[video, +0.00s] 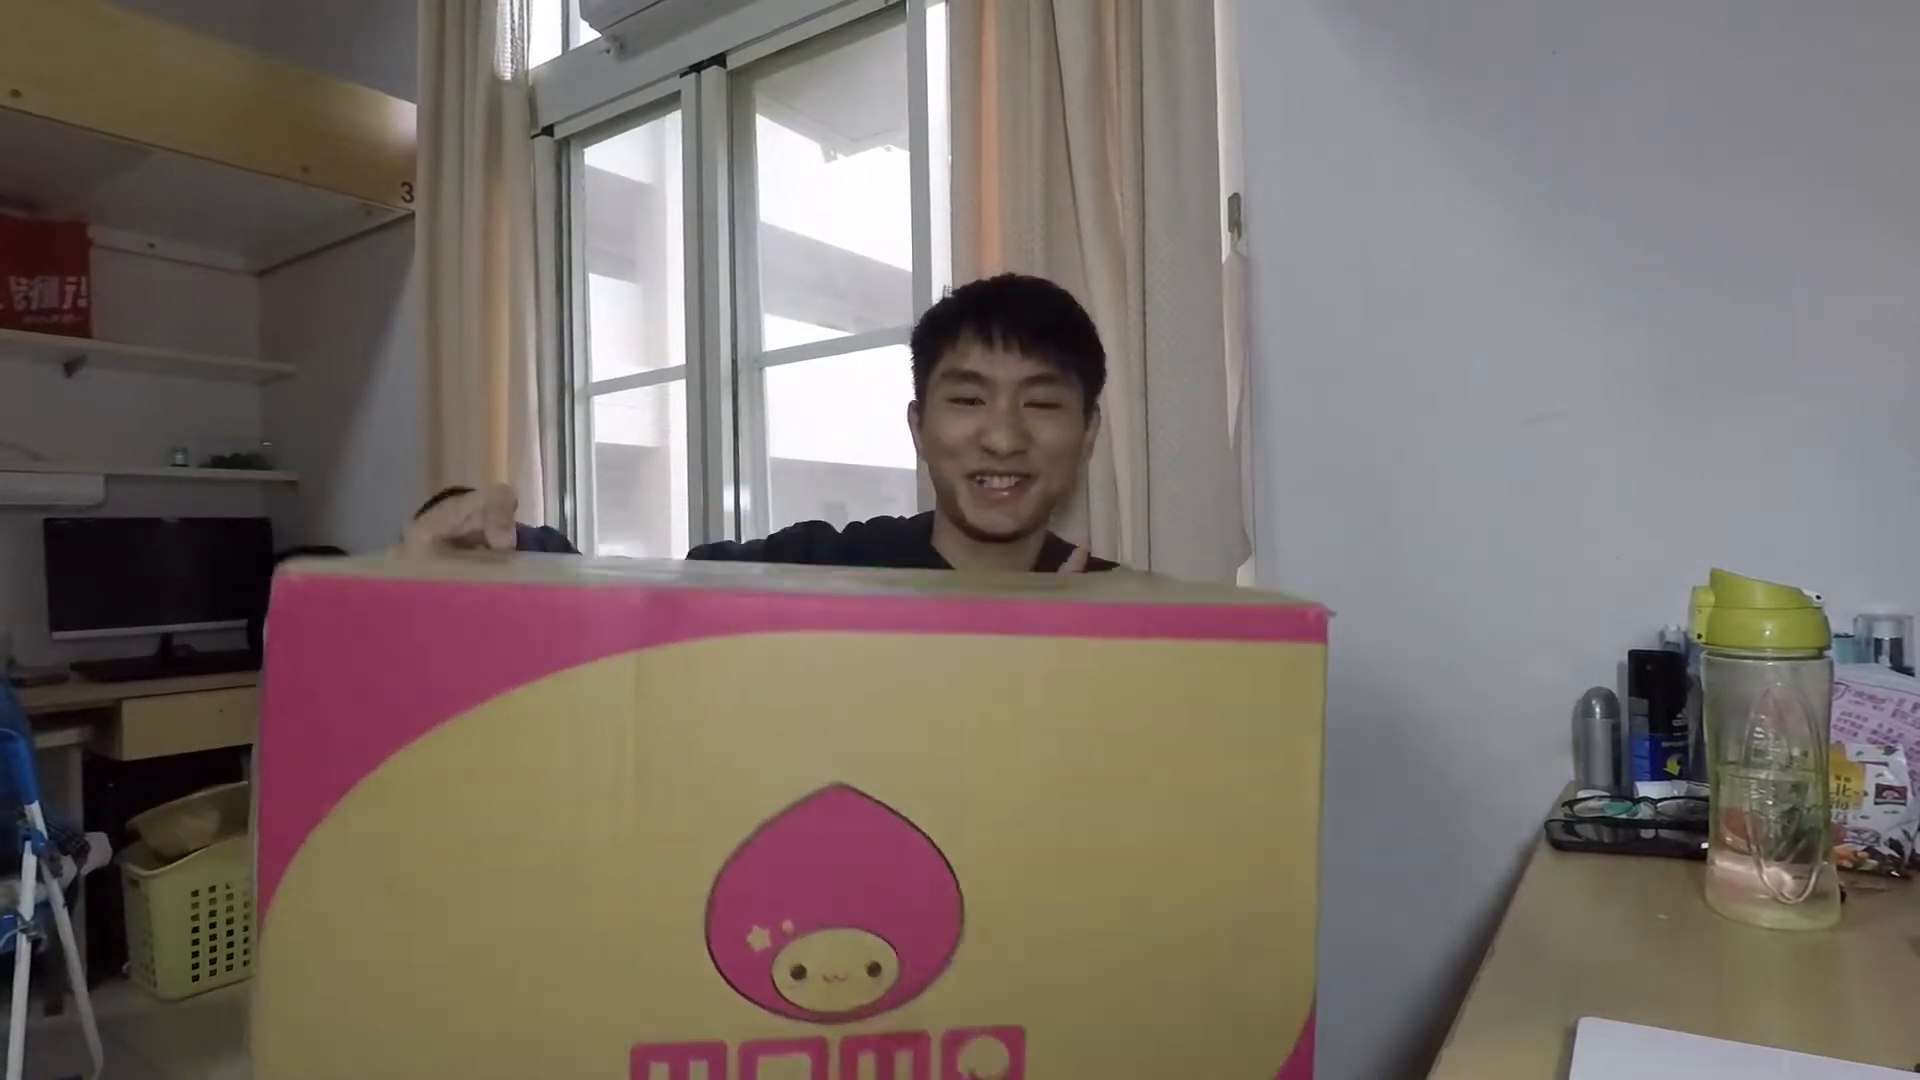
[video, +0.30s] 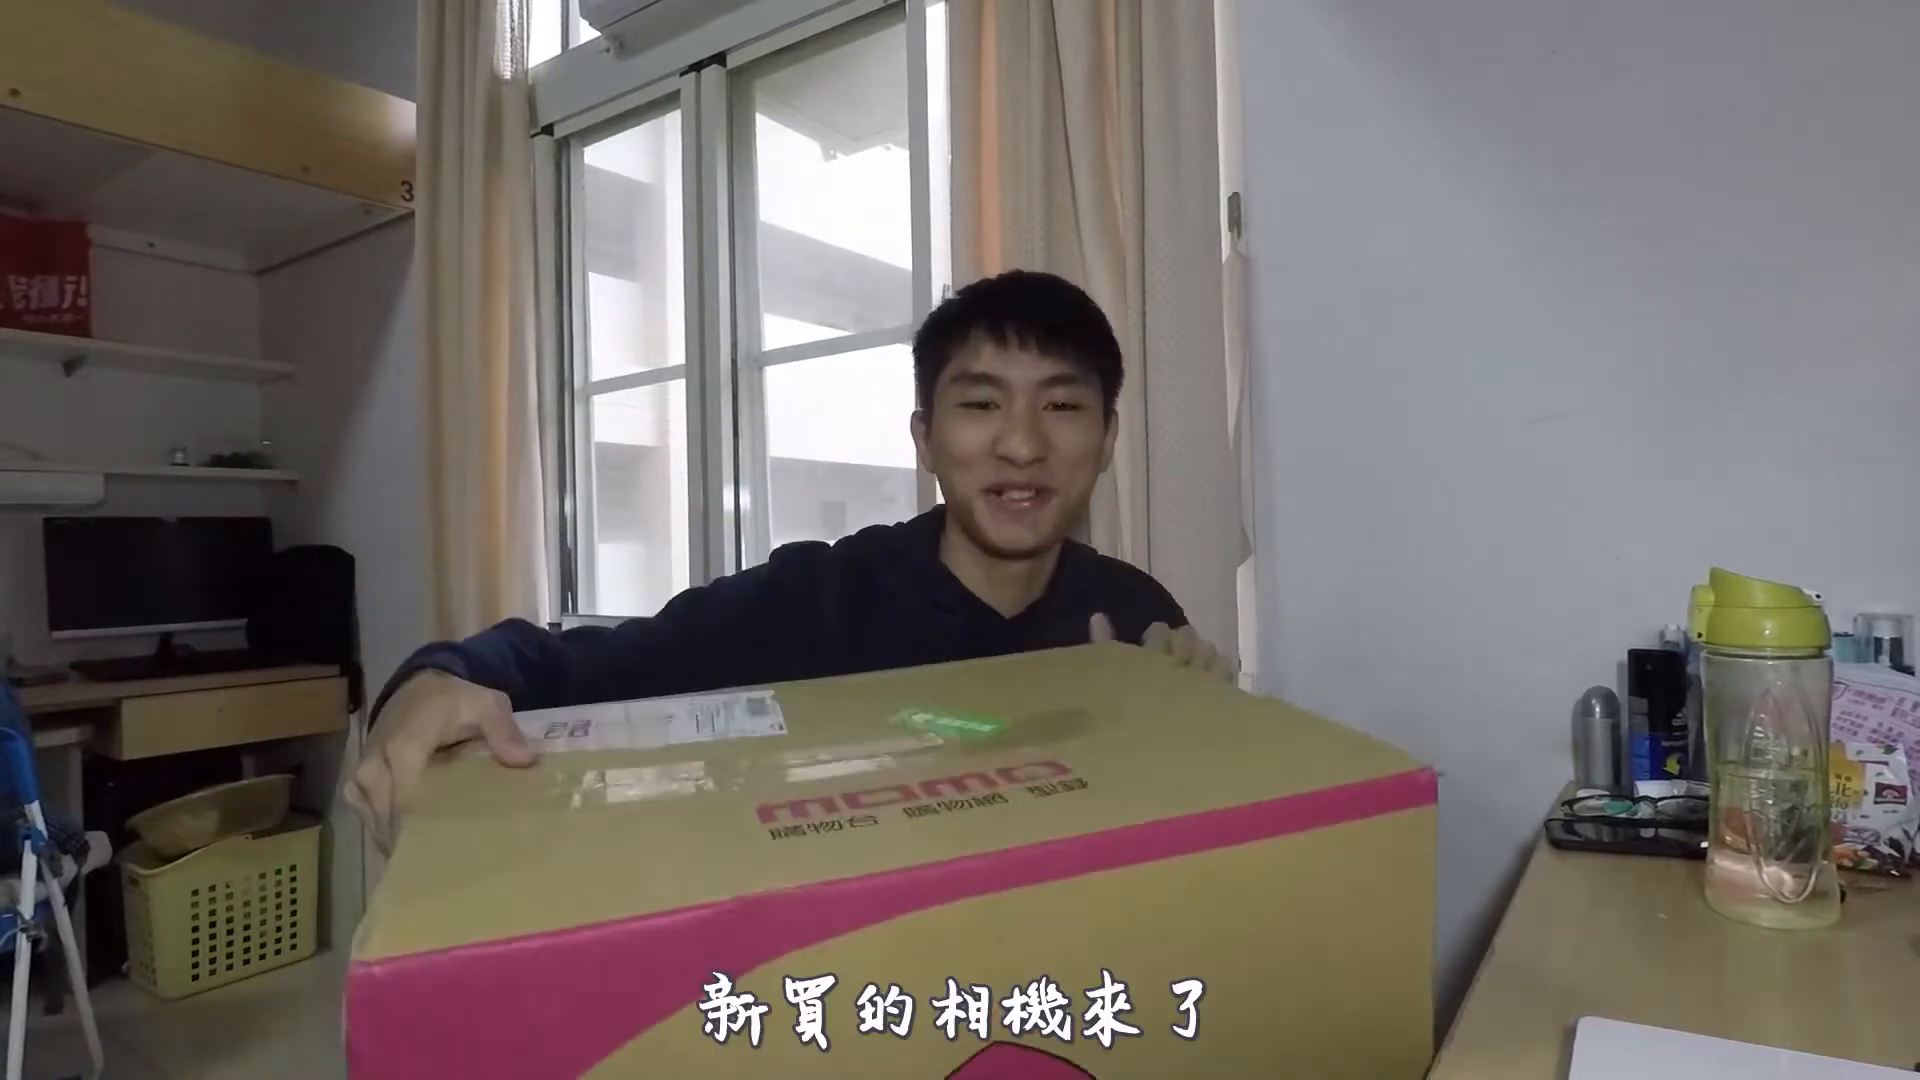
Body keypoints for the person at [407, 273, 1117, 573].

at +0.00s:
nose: (1003, 440)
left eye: (1042, 406)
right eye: (968, 401)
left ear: (1088, 433)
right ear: (919, 426)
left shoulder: (1113, 612)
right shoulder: (824, 563)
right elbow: (650, 604)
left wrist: (1123, 619)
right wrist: (522, 546)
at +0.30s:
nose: (1022, 445)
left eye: (1061, 408)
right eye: (982, 406)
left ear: (1106, 437)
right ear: (927, 436)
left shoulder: (1131, 612)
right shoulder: (820, 601)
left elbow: (1207, 822)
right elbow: (617, 662)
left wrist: (1191, 691)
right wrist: (443, 677)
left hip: (1084, 975)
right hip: (848, 975)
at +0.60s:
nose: (1003, 470)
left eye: (1048, 428)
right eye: (963, 422)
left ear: (1102, 453)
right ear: (909, 443)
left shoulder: (1153, 620)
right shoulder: (810, 602)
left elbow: (1309, 826)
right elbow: (563, 641)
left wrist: (1255, 660)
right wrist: (421, 657)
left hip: (1091, 1009)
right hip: (843, 1011)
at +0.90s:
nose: (995, 471)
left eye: (1039, 430)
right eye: (955, 424)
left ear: (1094, 450)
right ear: (900, 440)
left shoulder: (1143, 604)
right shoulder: (812, 596)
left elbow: (1376, 726)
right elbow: (522, 678)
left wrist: (1273, 669)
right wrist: (451, 540)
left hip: (1096, 1014)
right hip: (835, 1006)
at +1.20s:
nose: (1001, 480)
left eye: (1045, 436)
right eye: (958, 433)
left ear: (1095, 457)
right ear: (900, 453)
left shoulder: (1146, 606)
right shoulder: (811, 617)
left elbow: (1264, 721)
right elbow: (491, 670)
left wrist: (1309, 687)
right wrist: (476, 792)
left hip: (1125, 1019)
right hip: (860, 1023)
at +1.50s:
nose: (1003, 502)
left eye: (1048, 455)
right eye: (959, 452)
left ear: (1101, 471)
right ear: (900, 465)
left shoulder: (1154, 618)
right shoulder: (819, 620)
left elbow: (1256, 750)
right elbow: (501, 674)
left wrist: (1324, 702)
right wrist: (473, 809)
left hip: (1114, 1025)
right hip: (851, 1025)